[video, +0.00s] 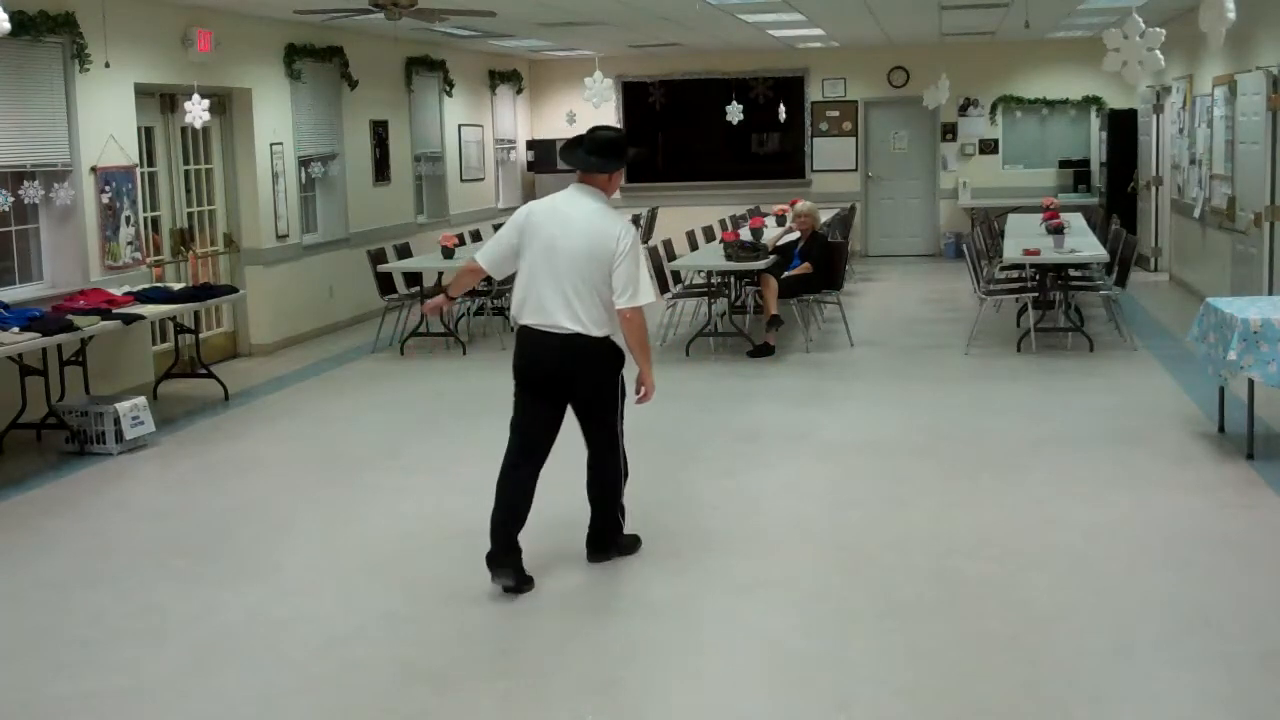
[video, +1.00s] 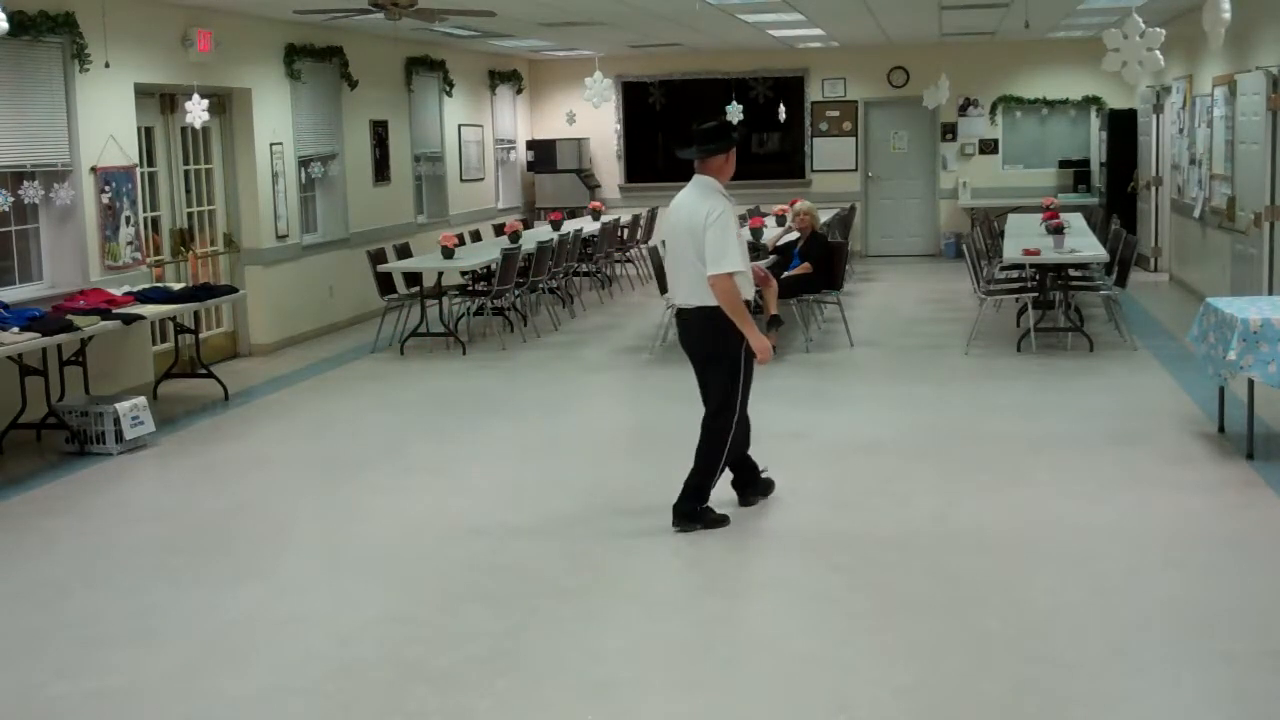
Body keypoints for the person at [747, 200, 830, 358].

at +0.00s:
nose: (801, 220)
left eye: (805, 216)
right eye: (798, 217)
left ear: (814, 219)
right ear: (794, 221)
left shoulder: (820, 240)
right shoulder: (796, 242)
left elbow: (809, 267)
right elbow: (767, 249)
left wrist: (785, 276)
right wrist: (785, 230)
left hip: (809, 279)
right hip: (790, 275)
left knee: (768, 291)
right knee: (765, 275)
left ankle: (769, 343)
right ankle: (773, 315)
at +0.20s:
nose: (801, 220)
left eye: (805, 216)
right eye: (798, 217)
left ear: (814, 219)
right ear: (794, 221)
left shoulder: (820, 240)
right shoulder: (796, 242)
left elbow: (809, 267)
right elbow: (767, 249)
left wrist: (785, 276)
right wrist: (785, 230)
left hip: (809, 279)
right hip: (790, 275)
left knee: (768, 291)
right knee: (765, 275)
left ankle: (769, 343)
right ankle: (773, 315)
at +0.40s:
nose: (802, 219)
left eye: (806, 216)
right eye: (798, 216)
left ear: (814, 219)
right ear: (795, 220)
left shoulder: (820, 240)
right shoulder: (796, 241)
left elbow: (809, 267)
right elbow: (767, 249)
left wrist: (785, 276)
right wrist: (784, 231)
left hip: (809, 279)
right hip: (790, 275)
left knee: (768, 292)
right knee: (765, 275)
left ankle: (769, 343)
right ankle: (774, 315)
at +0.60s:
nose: (801, 218)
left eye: (805, 214)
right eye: (798, 215)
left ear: (813, 218)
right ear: (794, 220)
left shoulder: (820, 240)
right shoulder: (796, 242)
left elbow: (809, 267)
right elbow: (767, 249)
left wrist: (785, 276)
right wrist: (784, 231)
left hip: (809, 279)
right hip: (790, 275)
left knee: (768, 292)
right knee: (765, 275)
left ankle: (769, 343)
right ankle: (774, 315)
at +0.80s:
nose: (801, 217)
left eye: (805, 214)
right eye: (798, 214)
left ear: (813, 219)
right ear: (794, 220)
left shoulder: (820, 239)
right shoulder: (795, 242)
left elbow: (809, 267)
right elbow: (767, 249)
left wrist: (785, 276)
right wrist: (784, 231)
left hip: (809, 279)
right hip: (790, 275)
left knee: (768, 292)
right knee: (765, 275)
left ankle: (769, 343)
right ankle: (773, 315)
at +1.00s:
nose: (801, 217)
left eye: (805, 214)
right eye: (798, 215)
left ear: (813, 219)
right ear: (794, 219)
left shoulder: (819, 239)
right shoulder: (795, 243)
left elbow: (810, 266)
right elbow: (767, 249)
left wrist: (785, 276)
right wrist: (785, 231)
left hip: (810, 279)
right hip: (791, 277)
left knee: (768, 291)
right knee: (767, 277)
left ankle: (771, 341)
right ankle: (773, 316)